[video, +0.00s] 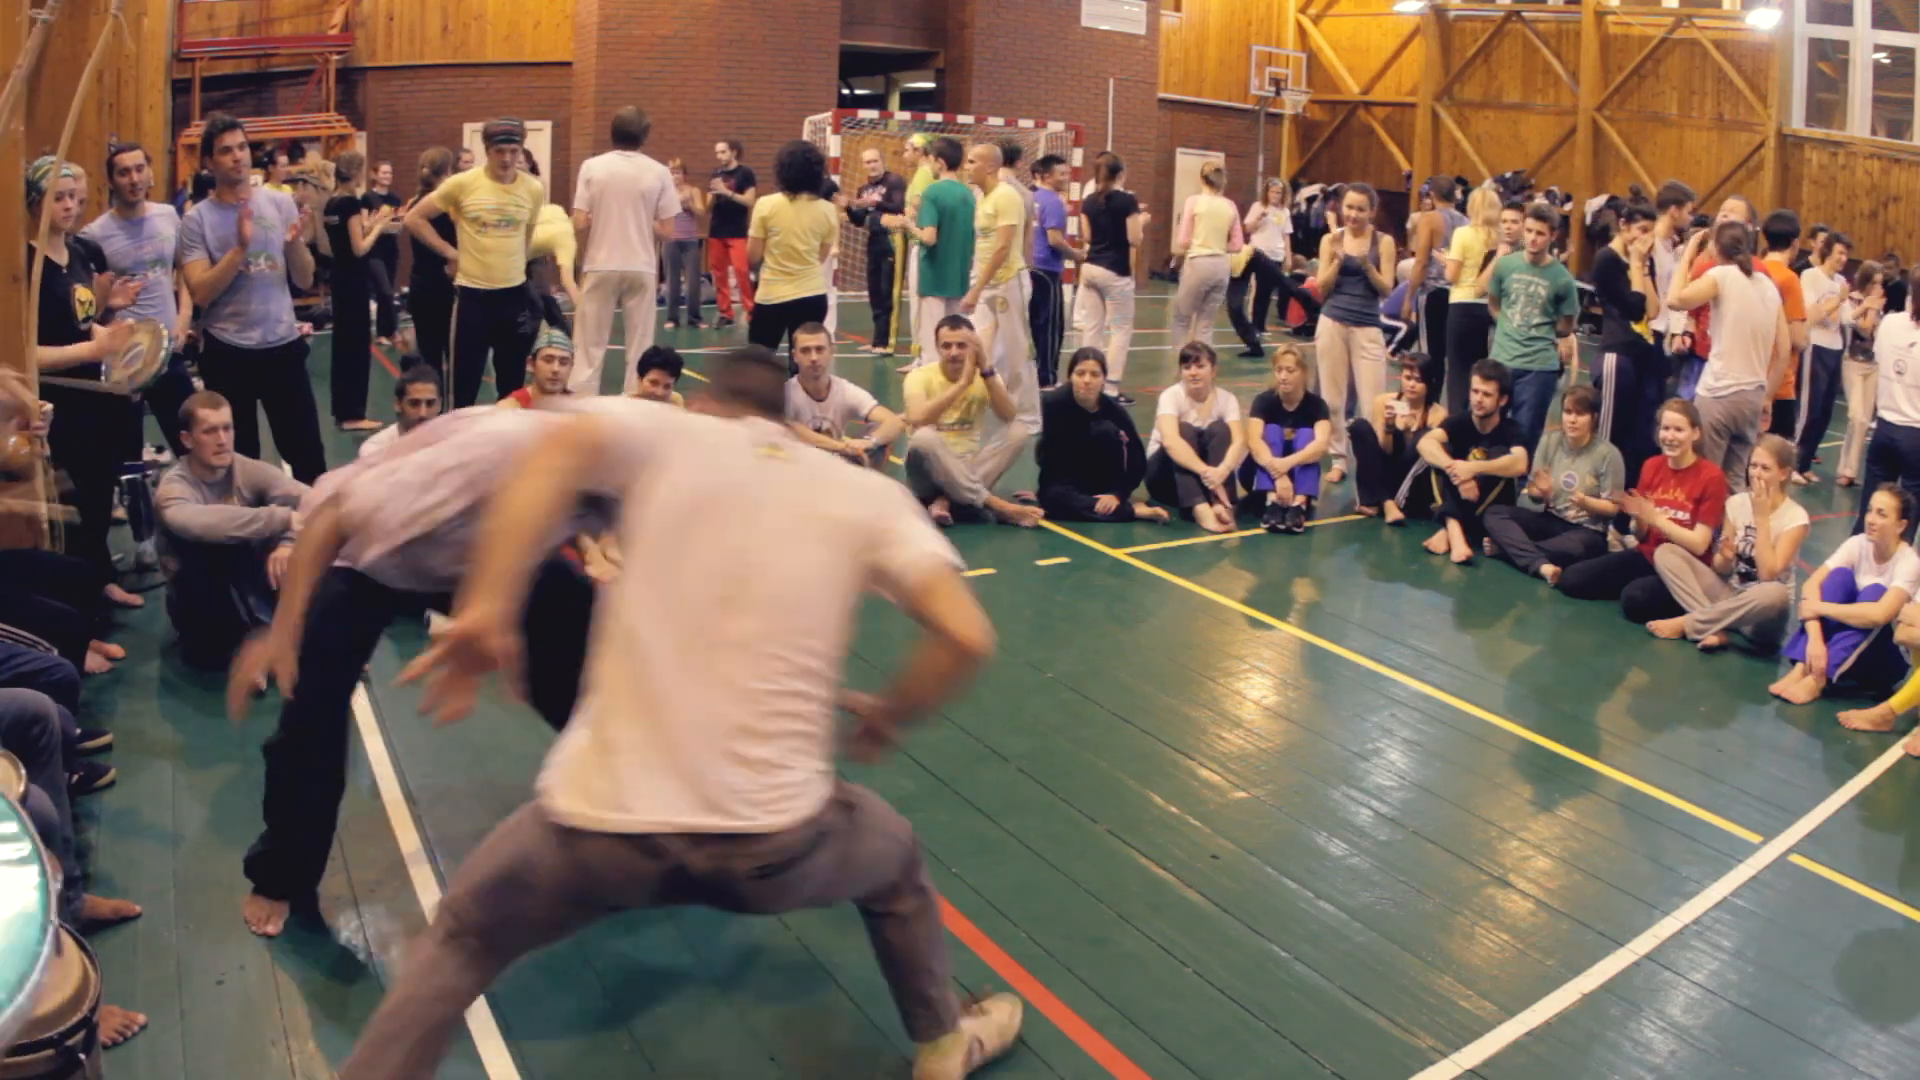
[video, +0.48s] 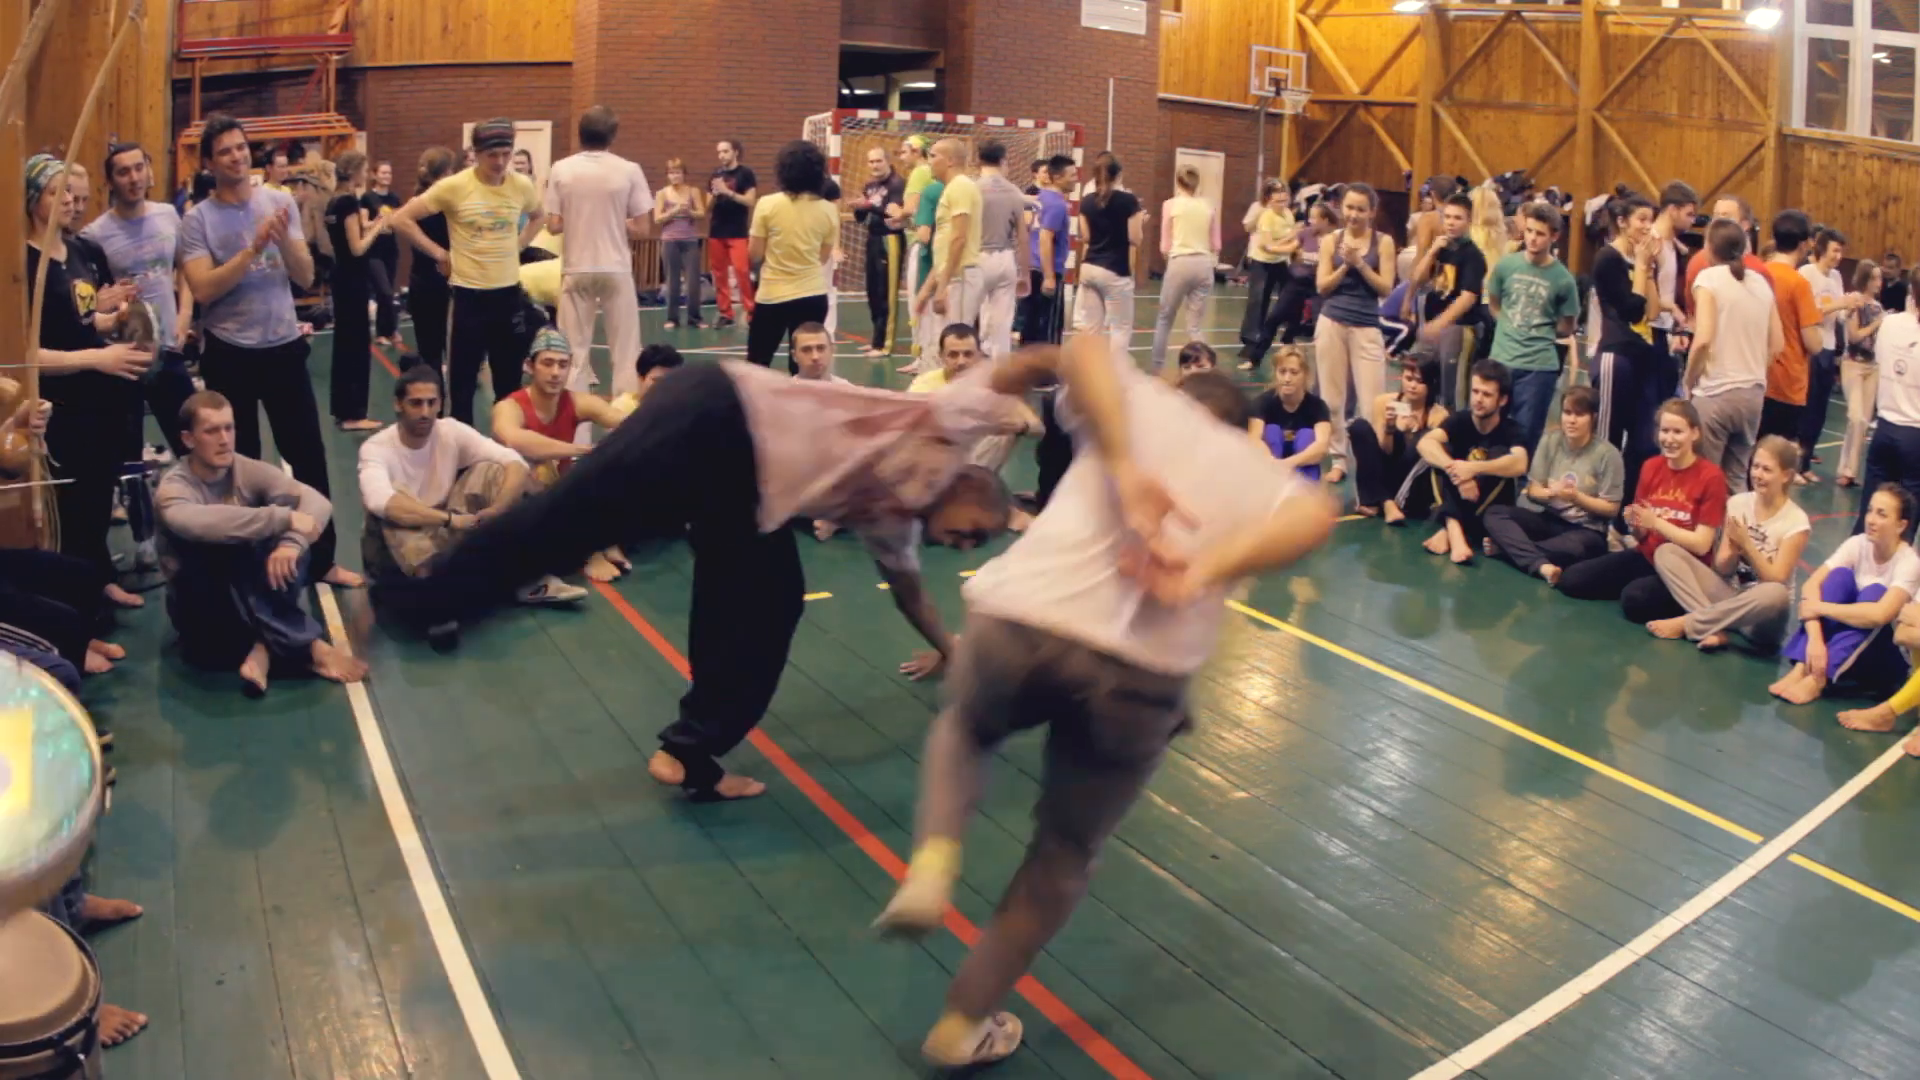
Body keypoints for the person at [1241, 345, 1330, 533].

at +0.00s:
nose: (1283, 377)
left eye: (1290, 371)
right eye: (1279, 370)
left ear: (1303, 374)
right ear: (1274, 373)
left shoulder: (1316, 404)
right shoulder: (1263, 401)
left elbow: (1321, 445)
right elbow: (1253, 440)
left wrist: (1286, 463)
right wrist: (1279, 476)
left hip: (1299, 481)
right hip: (1263, 477)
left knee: (1306, 434)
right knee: (1272, 430)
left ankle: (1300, 500)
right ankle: (1272, 499)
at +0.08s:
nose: (1283, 377)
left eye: (1290, 371)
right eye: (1279, 371)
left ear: (1304, 374)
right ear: (1274, 373)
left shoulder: (1317, 405)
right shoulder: (1263, 401)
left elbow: (1322, 447)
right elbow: (1253, 440)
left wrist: (1286, 464)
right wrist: (1280, 476)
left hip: (1299, 482)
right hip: (1262, 478)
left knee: (1306, 434)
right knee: (1272, 430)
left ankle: (1300, 500)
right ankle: (1272, 499)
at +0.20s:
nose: (1284, 377)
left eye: (1291, 372)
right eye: (1279, 371)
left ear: (1304, 375)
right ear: (1274, 373)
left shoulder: (1316, 405)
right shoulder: (1263, 402)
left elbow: (1322, 448)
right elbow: (1253, 441)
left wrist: (1284, 466)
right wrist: (1279, 477)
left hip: (1299, 481)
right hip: (1262, 478)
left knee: (1306, 434)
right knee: (1272, 430)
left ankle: (1300, 500)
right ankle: (1272, 499)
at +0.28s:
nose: (1285, 377)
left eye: (1292, 372)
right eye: (1281, 371)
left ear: (1304, 376)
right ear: (1275, 374)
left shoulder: (1316, 405)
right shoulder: (1263, 401)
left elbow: (1322, 448)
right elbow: (1253, 441)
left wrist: (1285, 466)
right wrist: (1280, 477)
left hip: (1300, 482)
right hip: (1263, 478)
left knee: (1306, 434)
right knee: (1272, 430)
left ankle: (1300, 500)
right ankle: (1272, 499)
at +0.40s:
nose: (1287, 378)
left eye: (1293, 373)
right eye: (1282, 372)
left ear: (1305, 376)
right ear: (1275, 374)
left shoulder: (1317, 405)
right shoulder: (1263, 401)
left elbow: (1322, 448)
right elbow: (1253, 441)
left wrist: (1285, 465)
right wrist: (1280, 476)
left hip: (1300, 483)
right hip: (1263, 478)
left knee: (1306, 434)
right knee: (1272, 431)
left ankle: (1300, 501)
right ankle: (1272, 499)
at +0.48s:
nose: (1287, 378)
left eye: (1294, 373)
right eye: (1282, 372)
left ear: (1305, 376)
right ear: (1275, 374)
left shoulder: (1317, 406)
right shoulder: (1262, 403)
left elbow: (1322, 446)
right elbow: (1254, 441)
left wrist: (1287, 464)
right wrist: (1274, 467)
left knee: (1306, 436)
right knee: (1272, 431)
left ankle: (1309, 488)